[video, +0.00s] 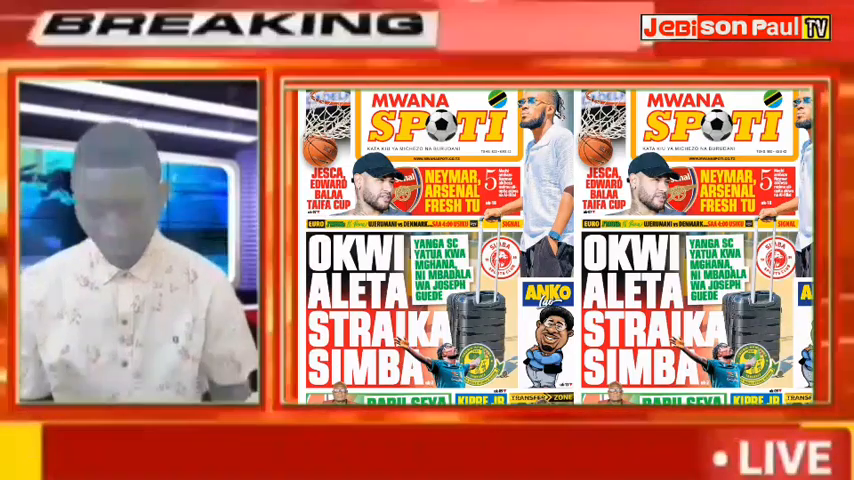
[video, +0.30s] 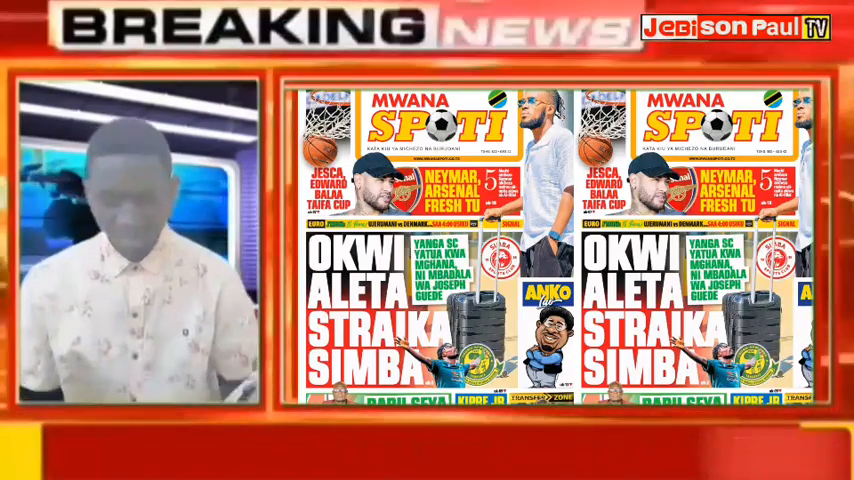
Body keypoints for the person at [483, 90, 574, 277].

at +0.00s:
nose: (523, 107)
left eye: (531, 101)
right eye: (522, 103)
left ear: (549, 110)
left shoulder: (563, 139)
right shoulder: (531, 147)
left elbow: (571, 192)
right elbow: (532, 196)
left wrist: (554, 238)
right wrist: (502, 211)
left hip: (551, 241)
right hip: (530, 242)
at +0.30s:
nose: (523, 107)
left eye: (531, 101)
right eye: (522, 103)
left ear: (549, 110)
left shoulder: (563, 139)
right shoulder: (531, 147)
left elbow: (571, 192)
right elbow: (532, 196)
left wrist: (554, 238)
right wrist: (502, 211)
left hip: (551, 241)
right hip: (530, 242)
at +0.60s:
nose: (523, 107)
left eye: (531, 101)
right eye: (522, 103)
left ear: (549, 110)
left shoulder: (563, 139)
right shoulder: (531, 147)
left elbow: (571, 192)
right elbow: (532, 196)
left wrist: (554, 238)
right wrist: (502, 211)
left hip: (551, 241)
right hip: (530, 242)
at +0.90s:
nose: (523, 107)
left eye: (531, 101)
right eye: (522, 103)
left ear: (550, 110)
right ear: (519, 108)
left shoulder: (563, 139)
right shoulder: (531, 147)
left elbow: (571, 192)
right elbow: (532, 195)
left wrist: (554, 238)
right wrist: (502, 211)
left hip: (551, 241)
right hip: (530, 242)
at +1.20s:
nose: (523, 107)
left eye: (531, 101)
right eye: (522, 103)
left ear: (550, 110)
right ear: (519, 108)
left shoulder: (563, 139)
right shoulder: (531, 147)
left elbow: (571, 192)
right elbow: (532, 195)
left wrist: (554, 238)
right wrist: (502, 211)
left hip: (551, 241)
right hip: (530, 242)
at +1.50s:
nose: (523, 107)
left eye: (531, 101)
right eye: (522, 103)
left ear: (550, 110)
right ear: (519, 108)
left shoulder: (563, 139)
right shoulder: (531, 147)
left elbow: (571, 192)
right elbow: (532, 195)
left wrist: (554, 238)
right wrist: (502, 211)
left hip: (551, 241)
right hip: (530, 242)